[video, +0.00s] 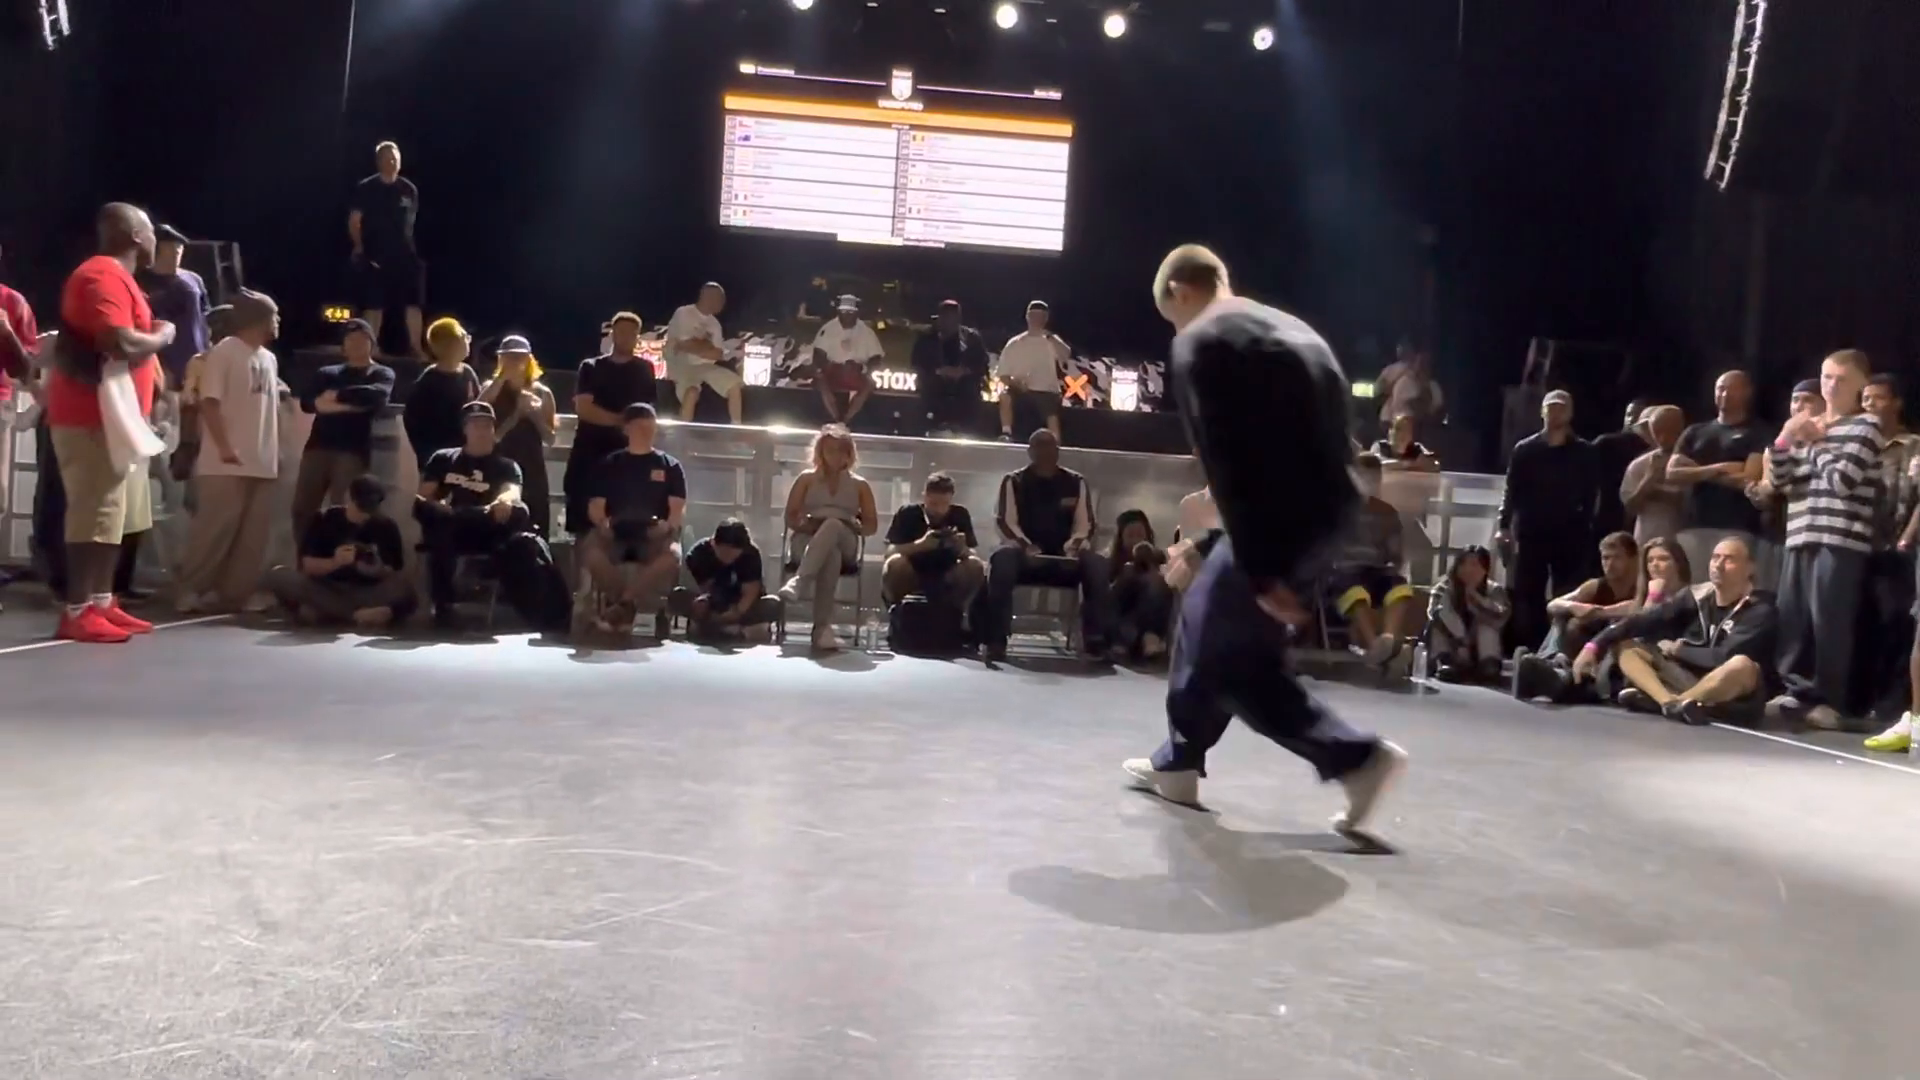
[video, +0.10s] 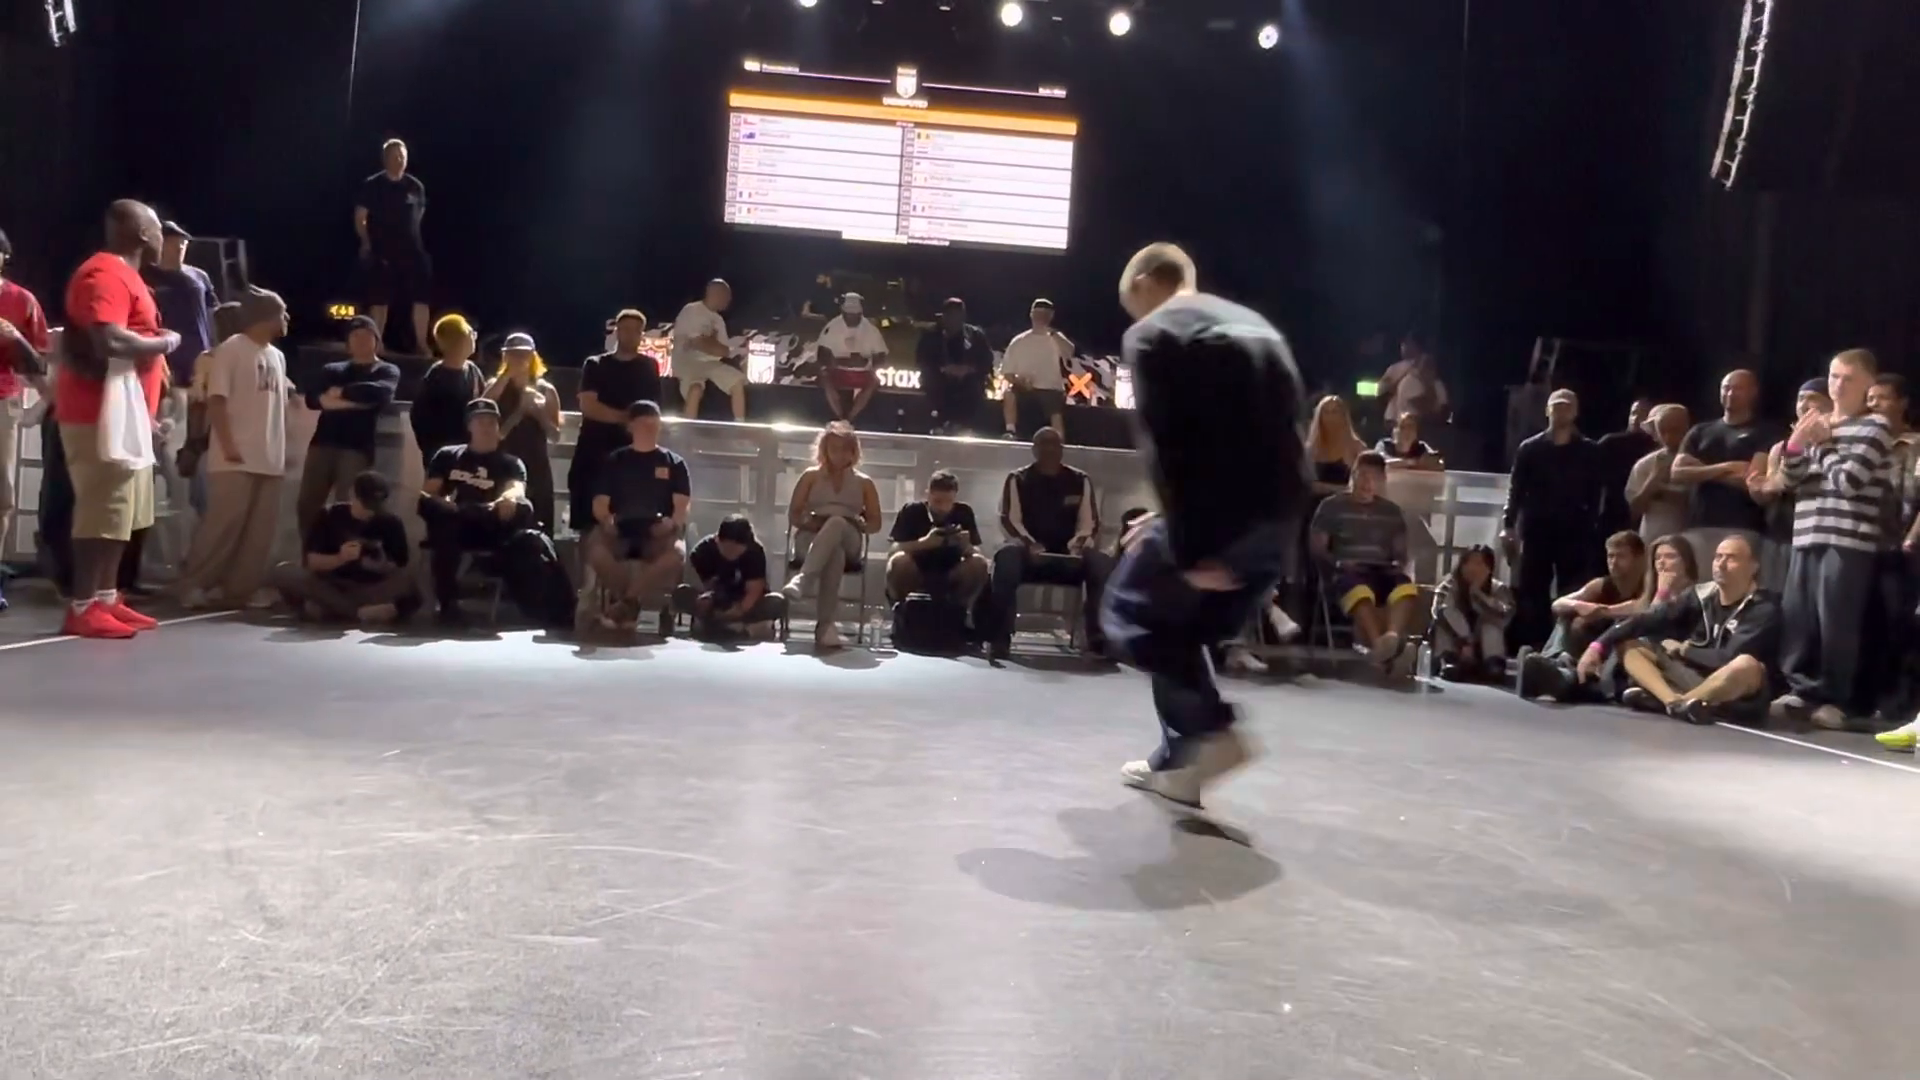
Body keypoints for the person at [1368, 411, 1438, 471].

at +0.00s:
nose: (1392, 432)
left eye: (1398, 429)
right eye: (1392, 428)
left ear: (1409, 433)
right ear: (1389, 430)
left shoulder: (1419, 449)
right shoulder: (1379, 447)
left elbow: (1432, 465)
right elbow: (1373, 465)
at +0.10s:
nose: (1407, 431)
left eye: (1411, 427)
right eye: (1403, 427)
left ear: (1416, 430)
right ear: (1397, 429)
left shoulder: (1422, 447)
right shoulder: (1384, 445)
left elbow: (1436, 463)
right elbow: (1382, 462)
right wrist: (1415, 463)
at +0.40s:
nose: (1415, 429)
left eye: (1419, 425)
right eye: (1411, 425)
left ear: (1425, 428)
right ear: (1405, 427)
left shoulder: (1430, 445)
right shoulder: (1392, 443)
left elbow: (1446, 460)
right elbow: (1388, 460)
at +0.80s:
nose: (1423, 428)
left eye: (1427, 424)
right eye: (1419, 424)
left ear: (1433, 427)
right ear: (1412, 426)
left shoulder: (1438, 444)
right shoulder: (1400, 442)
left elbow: (1454, 462)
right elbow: (1396, 459)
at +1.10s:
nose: (1427, 427)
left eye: (1431, 422)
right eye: (1423, 422)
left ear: (1437, 425)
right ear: (1417, 425)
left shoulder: (1442, 443)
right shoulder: (1404, 441)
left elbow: (1457, 460)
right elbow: (1402, 458)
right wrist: (1436, 459)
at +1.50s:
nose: (1433, 422)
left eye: (1438, 418)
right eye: (1429, 417)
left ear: (1444, 421)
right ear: (1423, 420)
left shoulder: (1449, 438)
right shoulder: (1411, 436)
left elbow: (1464, 456)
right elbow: (1408, 454)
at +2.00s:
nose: (1440, 418)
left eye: (1445, 414)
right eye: (1436, 413)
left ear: (1451, 418)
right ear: (1430, 415)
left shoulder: (1456, 434)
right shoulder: (1417, 432)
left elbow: (1471, 452)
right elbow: (1415, 450)